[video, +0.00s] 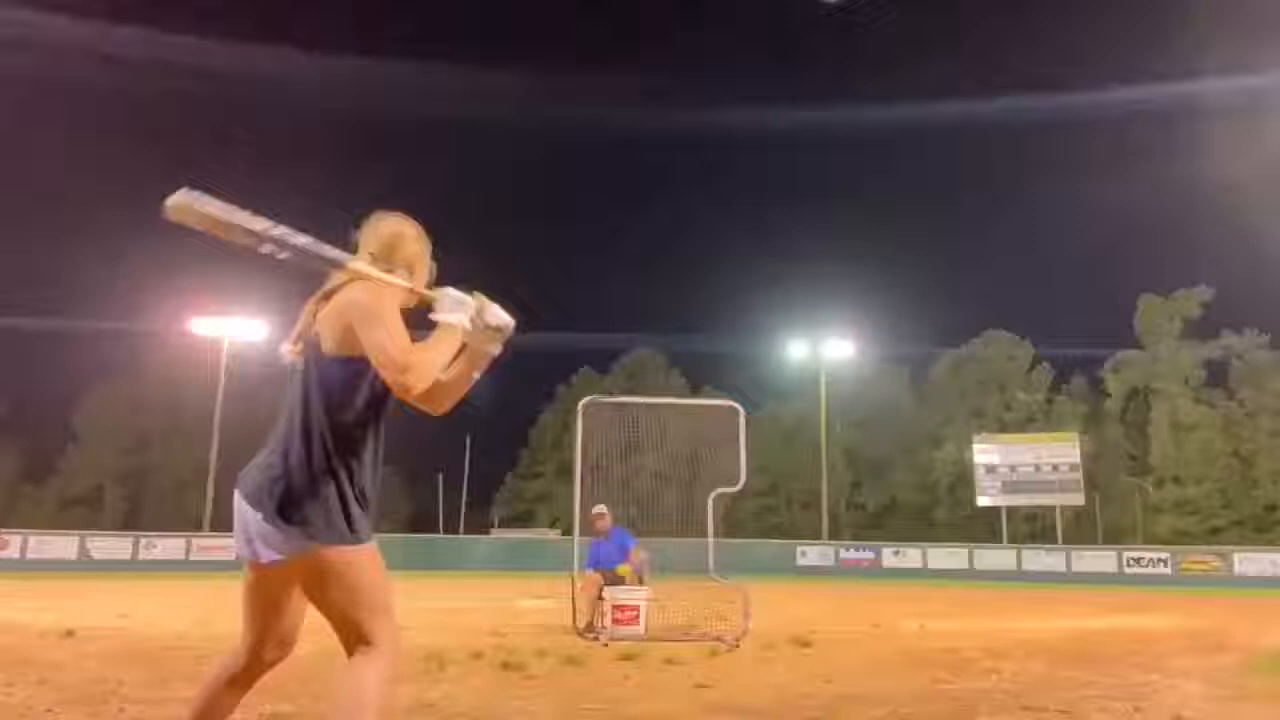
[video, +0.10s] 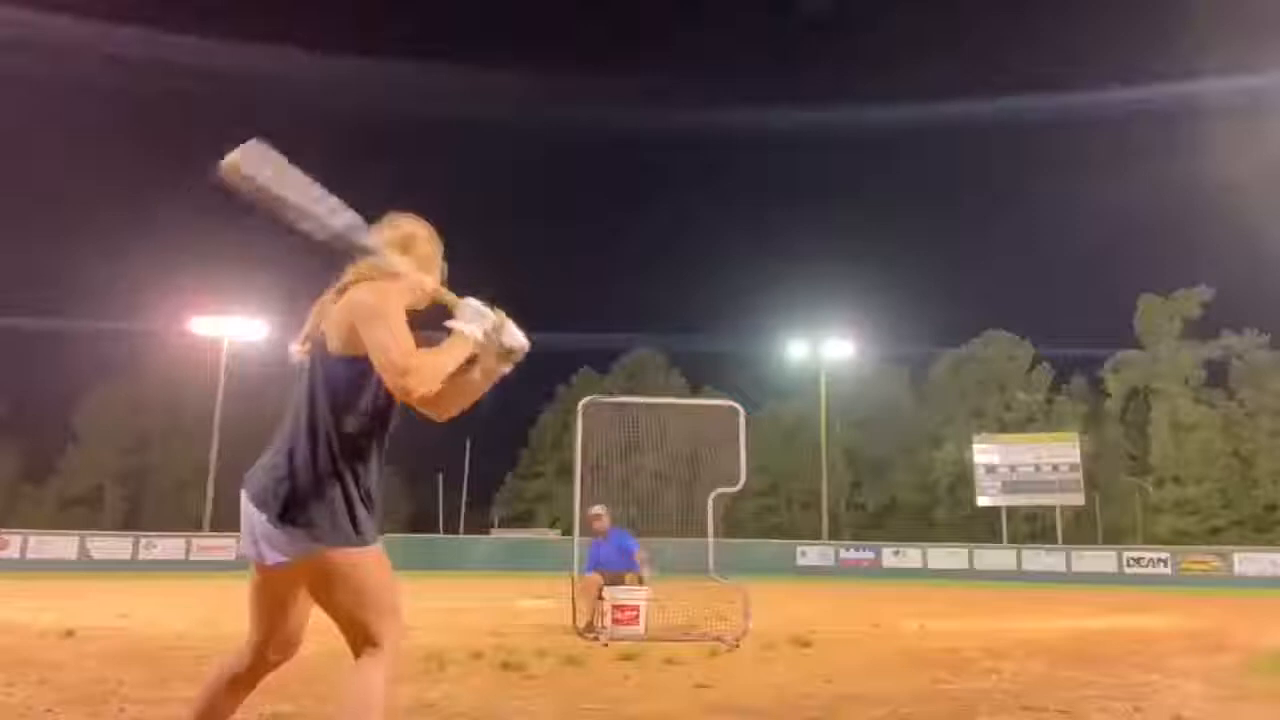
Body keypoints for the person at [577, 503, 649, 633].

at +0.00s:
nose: (601, 523)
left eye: (604, 518)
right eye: (597, 519)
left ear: (610, 519)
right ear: (593, 523)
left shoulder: (620, 534)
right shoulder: (595, 543)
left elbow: (634, 549)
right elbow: (589, 566)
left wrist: (630, 566)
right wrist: (590, 576)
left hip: (621, 572)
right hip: (601, 573)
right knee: (591, 581)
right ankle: (589, 622)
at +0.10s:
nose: (598, 523)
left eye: (601, 518)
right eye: (595, 520)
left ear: (608, 519)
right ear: (591, 524)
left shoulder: (620, 536)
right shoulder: (595, 543)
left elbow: (635, 551)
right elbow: (590, 566)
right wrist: (588, 578)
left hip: (625, 573)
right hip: (604, 574)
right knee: (591, 580)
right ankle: (590, 621)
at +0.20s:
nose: (596, 524)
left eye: (598, 519)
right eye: (592, 521)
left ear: (606, 519)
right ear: (590, 524)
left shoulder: (619, 535)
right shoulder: (595, 544)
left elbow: (638, 550)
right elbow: (590, 567)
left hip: (625, 573)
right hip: (604, 575)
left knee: (593, 580)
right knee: (588, 582)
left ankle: (588, 622)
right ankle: (588, 622)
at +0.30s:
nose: (597, 524)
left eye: (599, 519)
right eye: (593, 521)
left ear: (606, 520)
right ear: (589, 524)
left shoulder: (621, 536)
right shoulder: (592, 546)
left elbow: (643, 548)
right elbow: (589, 571)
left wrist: (643, 575)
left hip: (625, 574)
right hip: (603, 575)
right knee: (591, 580)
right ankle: (589, 621)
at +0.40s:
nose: (597, 525)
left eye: (599, 520)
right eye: (593, 521)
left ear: (606, 520)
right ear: (590, 525)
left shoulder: (621, 536)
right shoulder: (592, 546)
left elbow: (644, 545)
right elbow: (587, 568)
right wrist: (581, 579)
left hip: (625, 574)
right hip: (603, 575)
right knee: (592, 578)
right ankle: (589, 621)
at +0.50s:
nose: (597, 525)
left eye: (599, 520)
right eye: (593, 522)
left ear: (606, 520)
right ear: (590, 525)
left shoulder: (622, 536)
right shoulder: (592, 546)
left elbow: (642, 545)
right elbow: (589, 570)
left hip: (625, 574)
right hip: (604, 575)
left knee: (633, 577)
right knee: (590, 579)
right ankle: (589, 621)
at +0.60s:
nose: (598, 525)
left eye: (600, 520)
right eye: (594, 522)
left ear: (606, 520)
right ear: (590, 525)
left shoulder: (620, 535)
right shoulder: (594, 542)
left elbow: (637, 540)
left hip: (624, 574)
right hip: (606, 576)